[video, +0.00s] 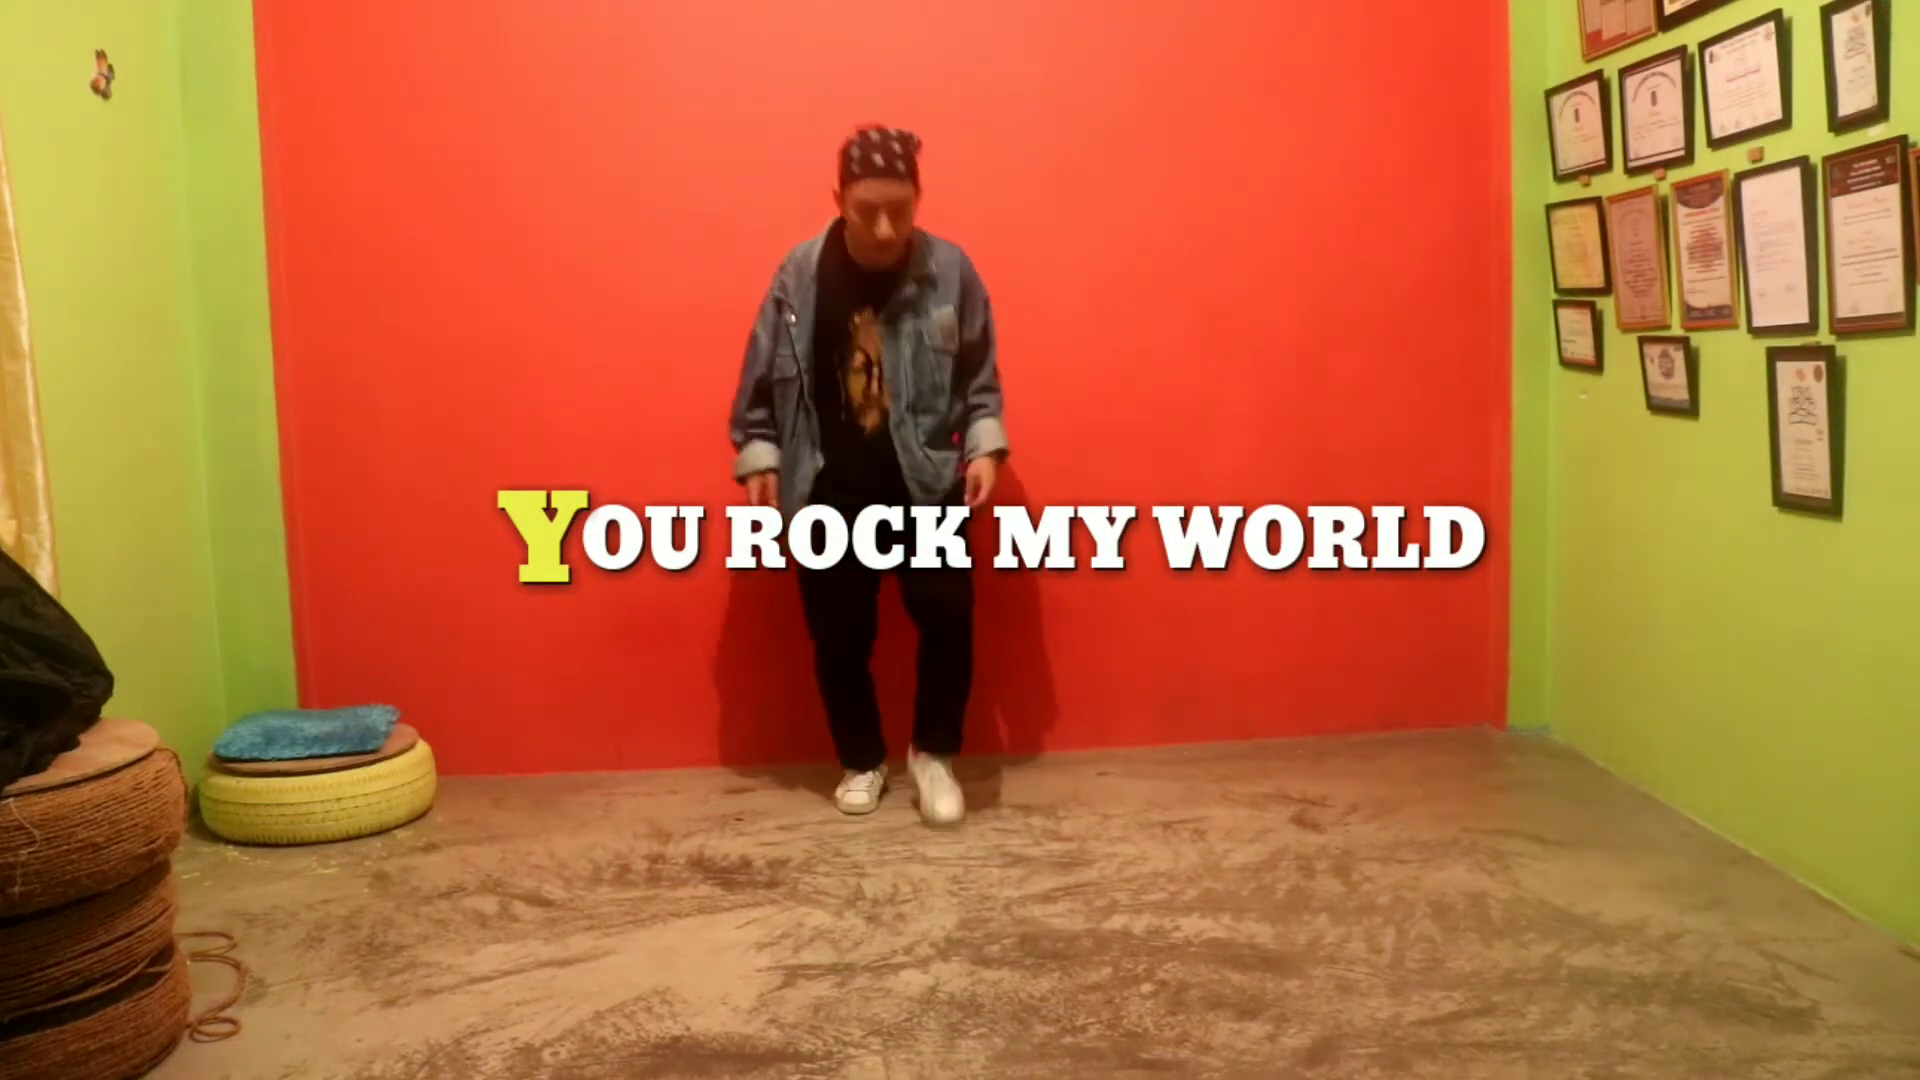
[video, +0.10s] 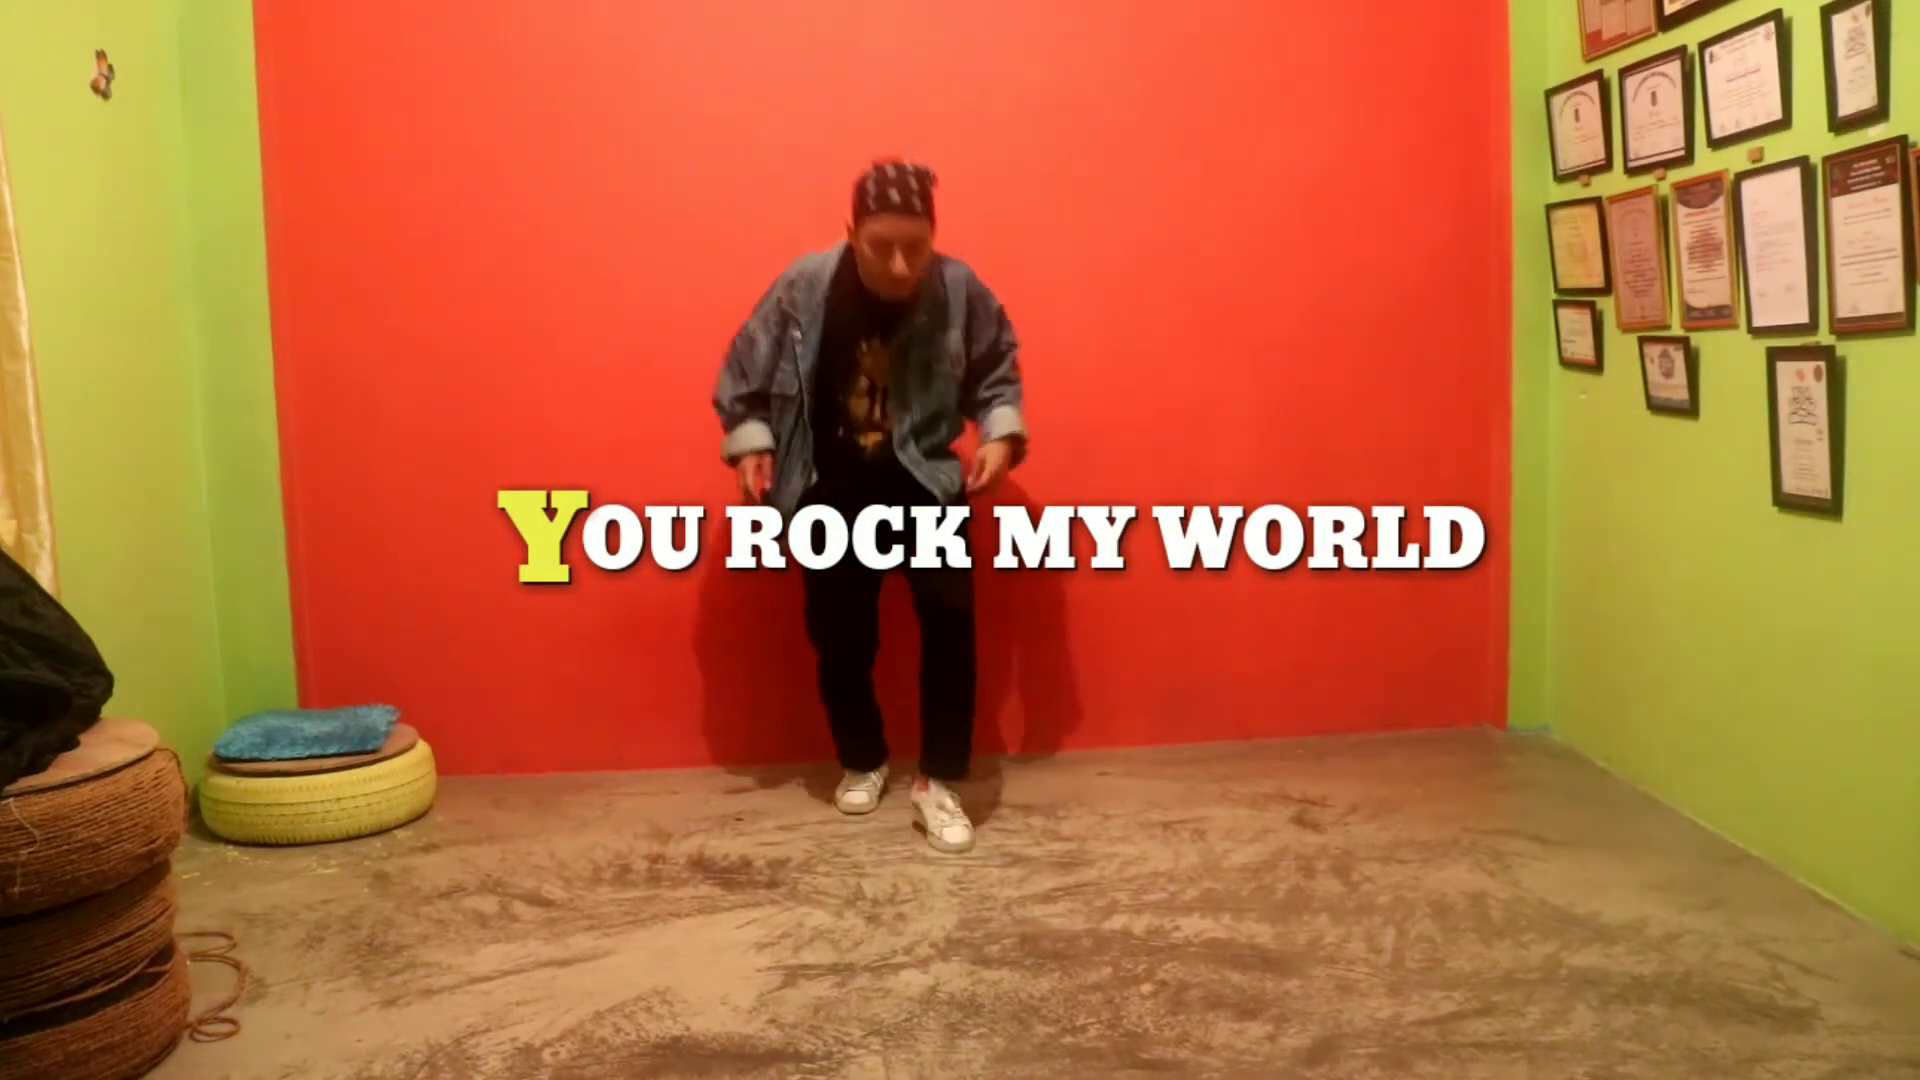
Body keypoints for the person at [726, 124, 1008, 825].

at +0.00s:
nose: (885, 228)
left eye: (898, 210)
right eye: (869, 211)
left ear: (918, 202)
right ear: (842, 202)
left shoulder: (952, 273)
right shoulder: (800, 272)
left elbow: (979, 376)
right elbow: (761, 382)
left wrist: (986, 449)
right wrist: (759, 461)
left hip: (923, 481)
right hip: (826, 484)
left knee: (948, 618)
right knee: (839, 633)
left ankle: (934, 757)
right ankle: (861, 763)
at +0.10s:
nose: (899, 264)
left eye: (913, 247)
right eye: (882, 248)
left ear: (933, 236)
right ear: (854, 234)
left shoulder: (960, 291)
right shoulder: (805, 288)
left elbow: (998, 374)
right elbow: (742, 375)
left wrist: (1003, 437)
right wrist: (749, 446)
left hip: (923, 477)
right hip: (829, 480)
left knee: (950, 622)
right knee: (839, 630)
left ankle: (938, 780)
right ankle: (863, 762)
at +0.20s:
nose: (912, 303)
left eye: (925, 284)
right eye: (895, 286)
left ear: (944, 271)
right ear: (867, 272)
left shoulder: (968, 309)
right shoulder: (818, 298)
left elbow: (1030, 338)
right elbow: (734, 314)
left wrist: (1016, 414)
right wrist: (747, 406)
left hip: (925, 495)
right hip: (831, 499)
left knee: (965, 627)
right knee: (837, 644)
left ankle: (937, 786)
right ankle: (864, 763)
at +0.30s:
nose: (911, 279)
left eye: (925, 262)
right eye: (894, 263)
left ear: (944, 251)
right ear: (866, 251)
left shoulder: (968, 292)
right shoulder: (819, 280)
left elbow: (1028, 321)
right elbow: (733, 296)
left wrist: (1013, 403)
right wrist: (749, 389)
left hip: (925, 481)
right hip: (833, 483)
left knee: (961, 622)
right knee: (842, 632)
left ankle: (940, 783)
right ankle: (863, 764)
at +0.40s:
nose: (898, 218)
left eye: (913, 201)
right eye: (882, 201)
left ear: (934, 192)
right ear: (855, 191)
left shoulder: (972, 257)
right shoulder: (804, 248)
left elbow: (1016, 331)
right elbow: (744, 306)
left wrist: (1004, 404)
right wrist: (766, 382)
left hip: (931, 468)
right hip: (833, 469)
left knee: (951, 616)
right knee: (846, 621)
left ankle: (943, 770)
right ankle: (862, 763)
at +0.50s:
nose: (881, 193)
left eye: (896, 176)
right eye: (866, 176)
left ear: (922, 171)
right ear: (846, 172)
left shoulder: (963, 256)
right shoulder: (800, 256)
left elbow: (1001, 342)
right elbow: (754, 338)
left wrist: (991, 413)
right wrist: (777, 400)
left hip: (933, 472)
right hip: (838, 472)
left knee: (950, 619)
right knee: (849, 627)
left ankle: (932, 753)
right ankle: (862, 762)